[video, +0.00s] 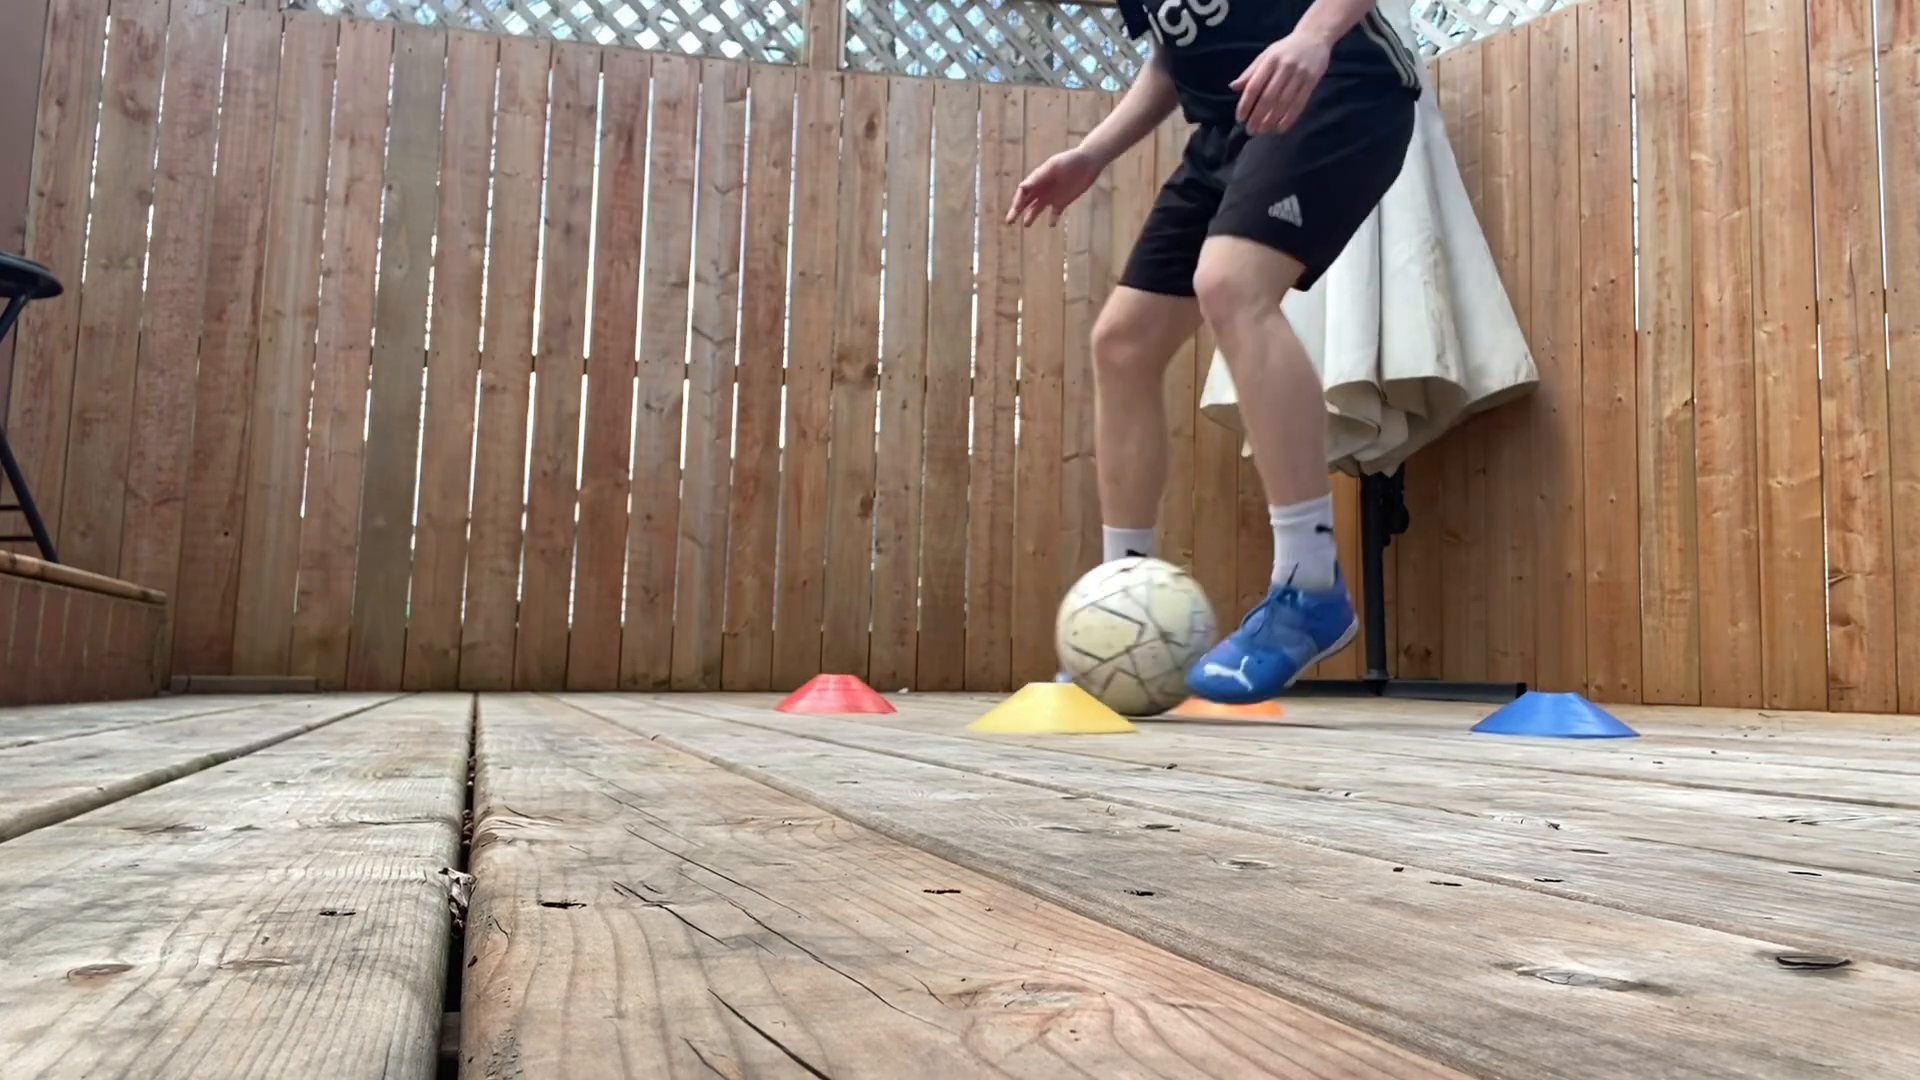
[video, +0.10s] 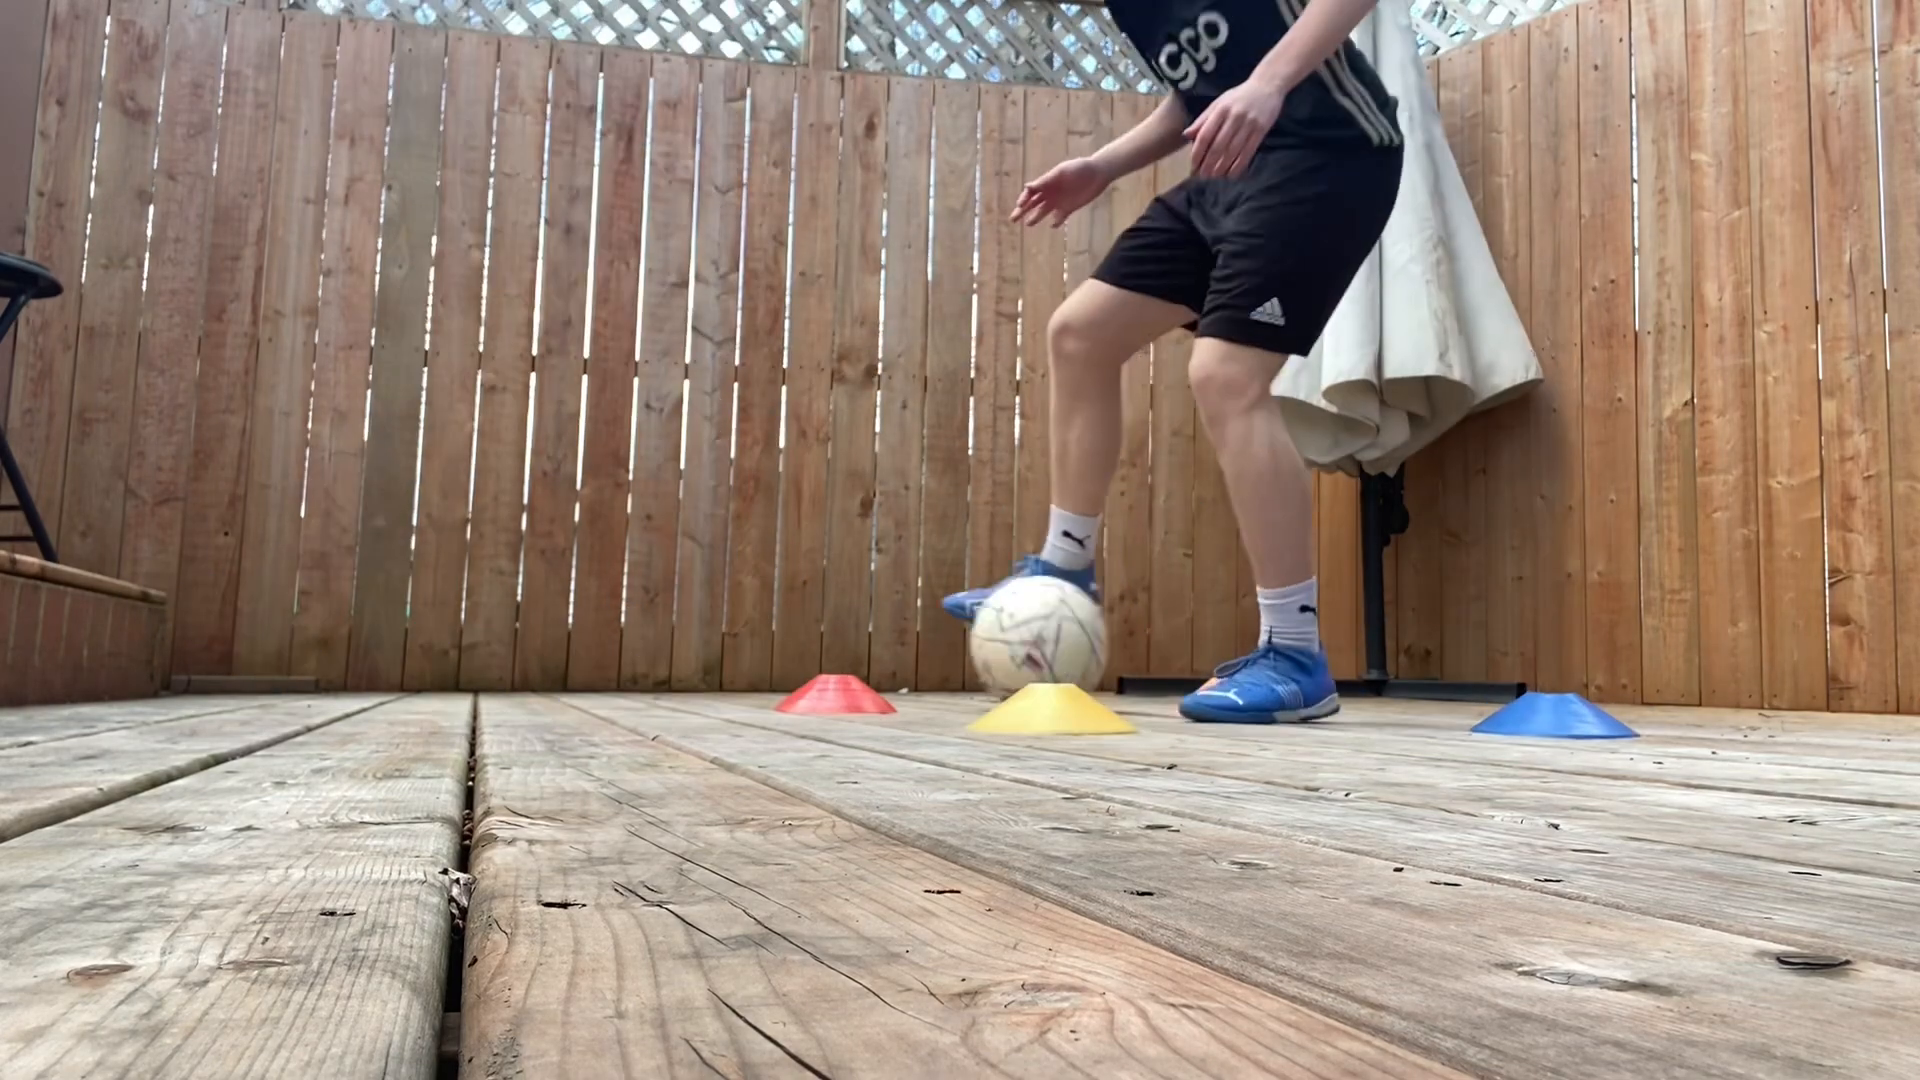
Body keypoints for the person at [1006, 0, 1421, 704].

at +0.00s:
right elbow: (1177, 55)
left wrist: (1315, 32)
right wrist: (1091, 152)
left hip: (1337, 79)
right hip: (1226, 115)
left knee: (1233, 284)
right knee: (1123, 343)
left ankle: (1311, 593)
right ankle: (1123, 623)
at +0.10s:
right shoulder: (1131, 7)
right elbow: (1202, 94)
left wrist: (1268, 80)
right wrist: (1103, 165)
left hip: (1326, 142)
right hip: (1228, 160)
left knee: (1227, 374)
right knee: (1082, 335)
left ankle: (1296, 658)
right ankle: (1064, 579)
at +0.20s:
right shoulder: (1127, 15)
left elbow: (1318, 18)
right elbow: (1198, 122)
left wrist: (1222, 145)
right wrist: (1098, 187)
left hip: (1304, 167)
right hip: (1213, 179)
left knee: (1203, 392)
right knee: (1064, 351)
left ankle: (1293, 660)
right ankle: (1041, 592)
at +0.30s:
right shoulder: (1115, 16)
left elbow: (1288, 31)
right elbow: (1174, 112)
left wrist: (1194, 142)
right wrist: (1072, 183)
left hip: (1276, 170)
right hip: (1187, 187)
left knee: (1207, 390)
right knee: (1062, 375)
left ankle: (1295, 657)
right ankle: (1068, 622)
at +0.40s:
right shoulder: (1081, 15)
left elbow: (1272, 39)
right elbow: (1125, 119)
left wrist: (1192, 132)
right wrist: (1026, 183)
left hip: (1233, 179)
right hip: (1152, 198)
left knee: (1215, 391)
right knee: (1083, 420)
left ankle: (1295, 656)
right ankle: (1107, 647)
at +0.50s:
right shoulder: (1048, 27)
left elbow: (1255, 50)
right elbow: (1083, 131)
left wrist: (1213, 134)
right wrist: (993, 187)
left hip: (1216, 184)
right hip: (1128, 210)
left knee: (1208, 373)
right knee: (1060, 415)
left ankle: (1279, 635)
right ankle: (1095, 646)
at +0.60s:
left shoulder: (1166, 2)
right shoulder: (1024, 47)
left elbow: (1250, 91)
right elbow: (1052, 161)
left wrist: (1232, 170)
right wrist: (969, 219)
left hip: (1200, 204)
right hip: (1112, 239)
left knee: (1201, 368)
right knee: (1040, 437)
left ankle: (1281, 618)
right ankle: (1069, 654)